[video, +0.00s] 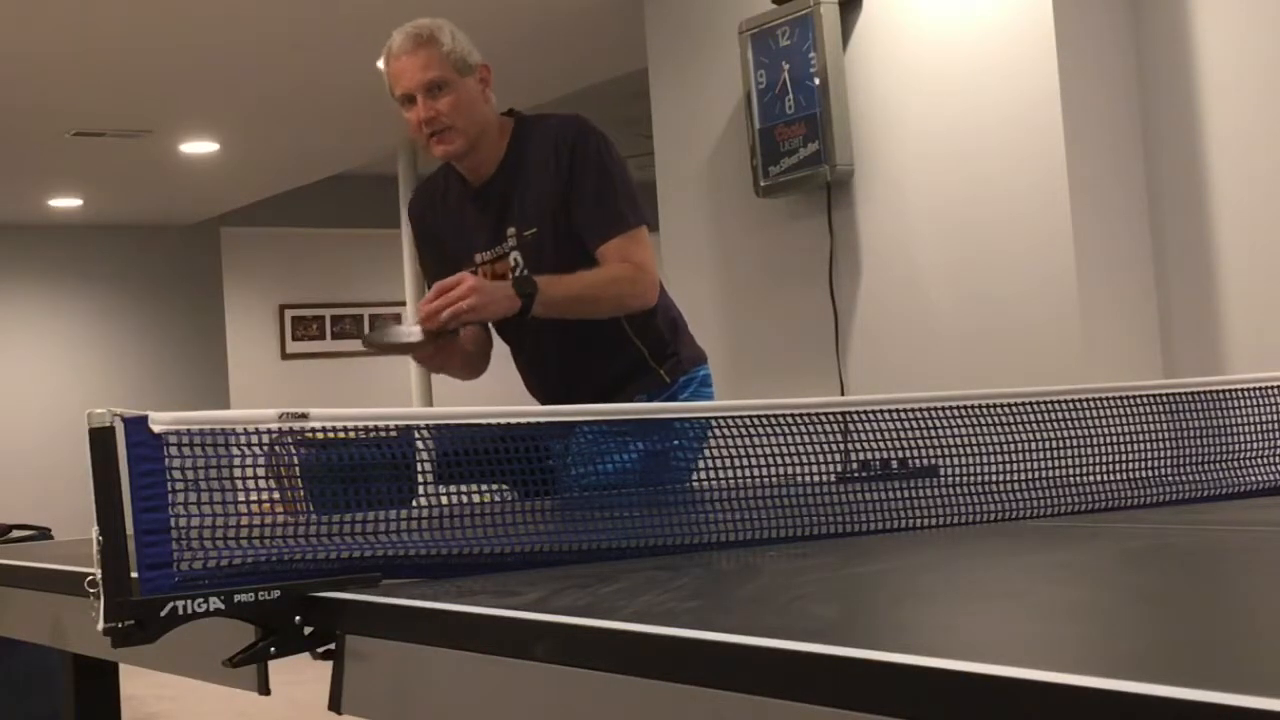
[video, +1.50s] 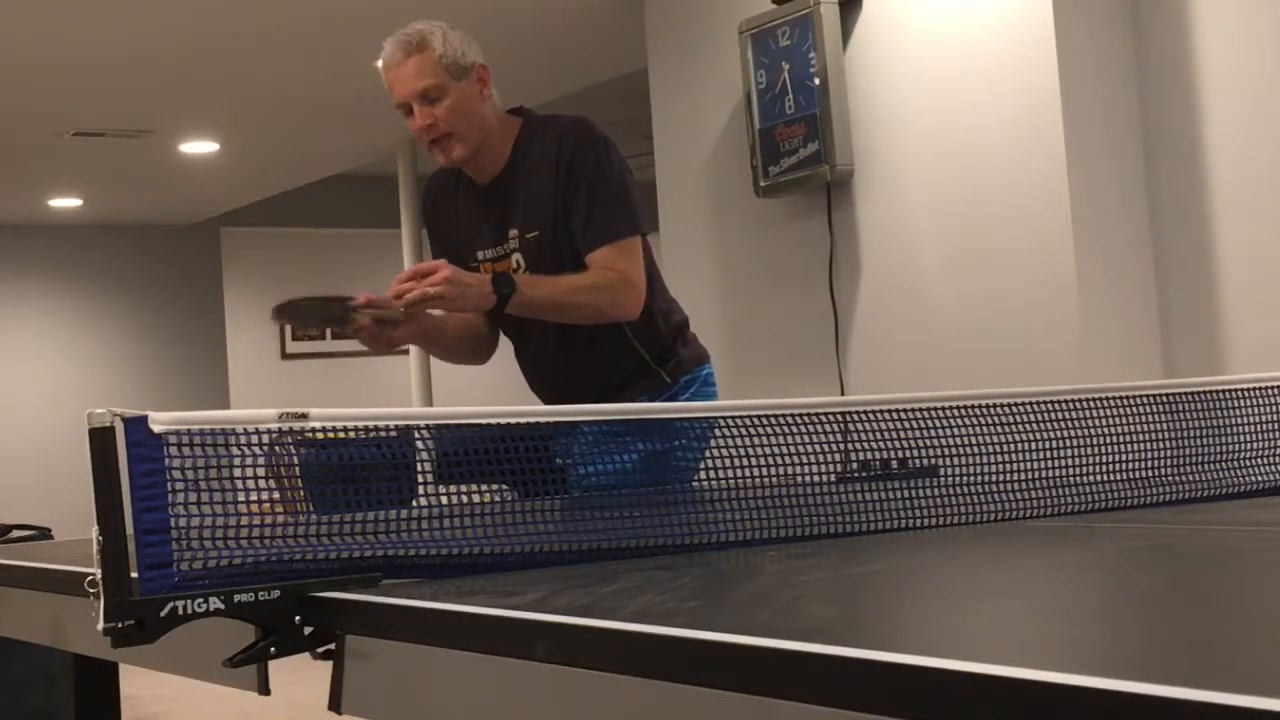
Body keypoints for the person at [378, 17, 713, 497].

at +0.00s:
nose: (425, 113)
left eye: (438, 90)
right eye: (409, 101)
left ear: (482, 81)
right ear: (400, 113)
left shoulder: (572, 145)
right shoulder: (431, 207)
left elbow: (639, 283)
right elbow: (473, 357)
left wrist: (517, 295)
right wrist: (443, 354)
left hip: (663, 394)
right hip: (573, 414)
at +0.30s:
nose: (406, 130)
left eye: (415, 105)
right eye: (398, 114)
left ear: (473, 87)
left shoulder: (577, 151)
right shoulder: (449, 193)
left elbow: (631, 298)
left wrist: (503, 302)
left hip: (665, 393)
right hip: (580, 412)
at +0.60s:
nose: (407, 124)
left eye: (415, 99)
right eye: (396, 111)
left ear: (468, 79)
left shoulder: (569, 144)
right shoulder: (445, 196)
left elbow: (615, 290)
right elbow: (488, 339)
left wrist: (475, 296)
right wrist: (414, 337)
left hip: (663, 396)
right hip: (577, 415)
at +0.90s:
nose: (409, 126)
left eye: (418, 101)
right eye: (396, 114)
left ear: (468, 80)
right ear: (393, 121)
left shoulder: (569, 144)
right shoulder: (442, 197)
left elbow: (621, 290)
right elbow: (471, 346)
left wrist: (482, 292)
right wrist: (403, 328)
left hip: (665, 394)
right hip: (577, 413)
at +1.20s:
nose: (412, 127)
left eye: (421, 101)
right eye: (399, 114)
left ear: (473, 81)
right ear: (395, 119)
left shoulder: (571, 145)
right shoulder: (442, 198)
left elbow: (619, 292)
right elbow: (471, 347)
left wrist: (481, 297)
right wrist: (424, 324)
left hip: (667, 394)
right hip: (580, 414)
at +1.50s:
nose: (422, 122)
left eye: (432, 98)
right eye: (407, 111)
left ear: (481, 83)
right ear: (401, 118)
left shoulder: (574, 146)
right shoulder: (444, 196)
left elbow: (624, 293)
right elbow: (478, 344)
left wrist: (489, 291)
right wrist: (417, 328)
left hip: (665, 395)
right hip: (575, 413)